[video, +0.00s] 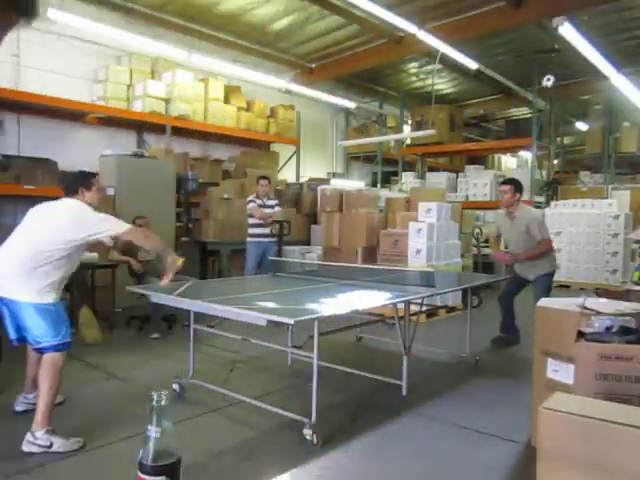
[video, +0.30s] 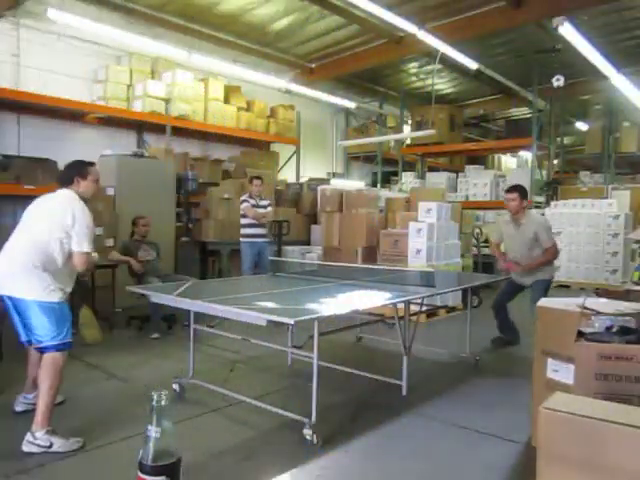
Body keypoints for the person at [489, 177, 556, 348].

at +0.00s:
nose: (500, 197)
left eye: (504, 193)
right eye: (500, 193)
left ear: (516, 196)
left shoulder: (533, 217)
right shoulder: (503, 218)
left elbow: (547, 244)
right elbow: (495, 239)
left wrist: (517, 257)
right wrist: (497, 252)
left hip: (542, 268)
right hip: (521, 268)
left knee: (541, 307)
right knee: (504, 296)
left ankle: (545, 344)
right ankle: (509, 333)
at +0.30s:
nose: (508, 205)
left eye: (512, 200)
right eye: (506, 201)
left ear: (524, 202)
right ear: (505, 202)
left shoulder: (538, 222)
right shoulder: (504, 223)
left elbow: (552, 252)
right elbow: (494, 245)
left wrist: (527, 267)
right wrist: (502, 259)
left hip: (541, 274)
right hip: (518, 274)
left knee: (537, 309)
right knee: (498, 304)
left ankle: (542, 347)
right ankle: (510, 335)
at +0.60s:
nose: (529, 209)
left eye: (534, 205)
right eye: (527, 205)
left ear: (543, 207)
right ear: (524, 206)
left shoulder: (556, 231)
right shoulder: (519, 223)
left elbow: (569, 260)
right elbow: (500, 234)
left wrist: (563, 263)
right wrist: (490, 241)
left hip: (544, 277)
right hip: (521, 276)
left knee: (538, 308)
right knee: (499, 309)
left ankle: (542, 345)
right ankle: (510, 336)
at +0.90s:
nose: (521, 194)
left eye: (525, 191)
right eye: (519, 191)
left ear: (536, 193)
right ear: (519, 193)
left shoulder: (551, 217)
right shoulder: (515, 214)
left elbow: (566, 247)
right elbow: (500, 236)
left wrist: (546, 260)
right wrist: (503, 253)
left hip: (544, 270)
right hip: (522, 266)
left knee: (542, 309)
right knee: (501, 298)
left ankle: (545, 345)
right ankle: (492, 329)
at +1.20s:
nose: (499, 198)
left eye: (503, 194)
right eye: (497, 194)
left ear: (514, 197)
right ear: (496, 196)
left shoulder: (529, 217)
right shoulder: (497, 218)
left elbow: (542, 245)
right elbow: (491, 240)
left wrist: (518, 259)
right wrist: (496, 254)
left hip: (532, 268)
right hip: (511, 267)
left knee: (537, 307)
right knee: (490, 294)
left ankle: (544, 344)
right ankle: (488, 331)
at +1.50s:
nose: (491, 197)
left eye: (495, 193)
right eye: (490, 193)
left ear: (506, 195)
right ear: (491, 196)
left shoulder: (522, 214)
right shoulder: (491, 217)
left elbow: (529, 243)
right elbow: (485, 239)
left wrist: (499, 247)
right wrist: (487, 245)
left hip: (531, 267)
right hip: (510, 267)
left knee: (534, 306)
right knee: (489, 295)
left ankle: (545, 342)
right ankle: (488, 331)